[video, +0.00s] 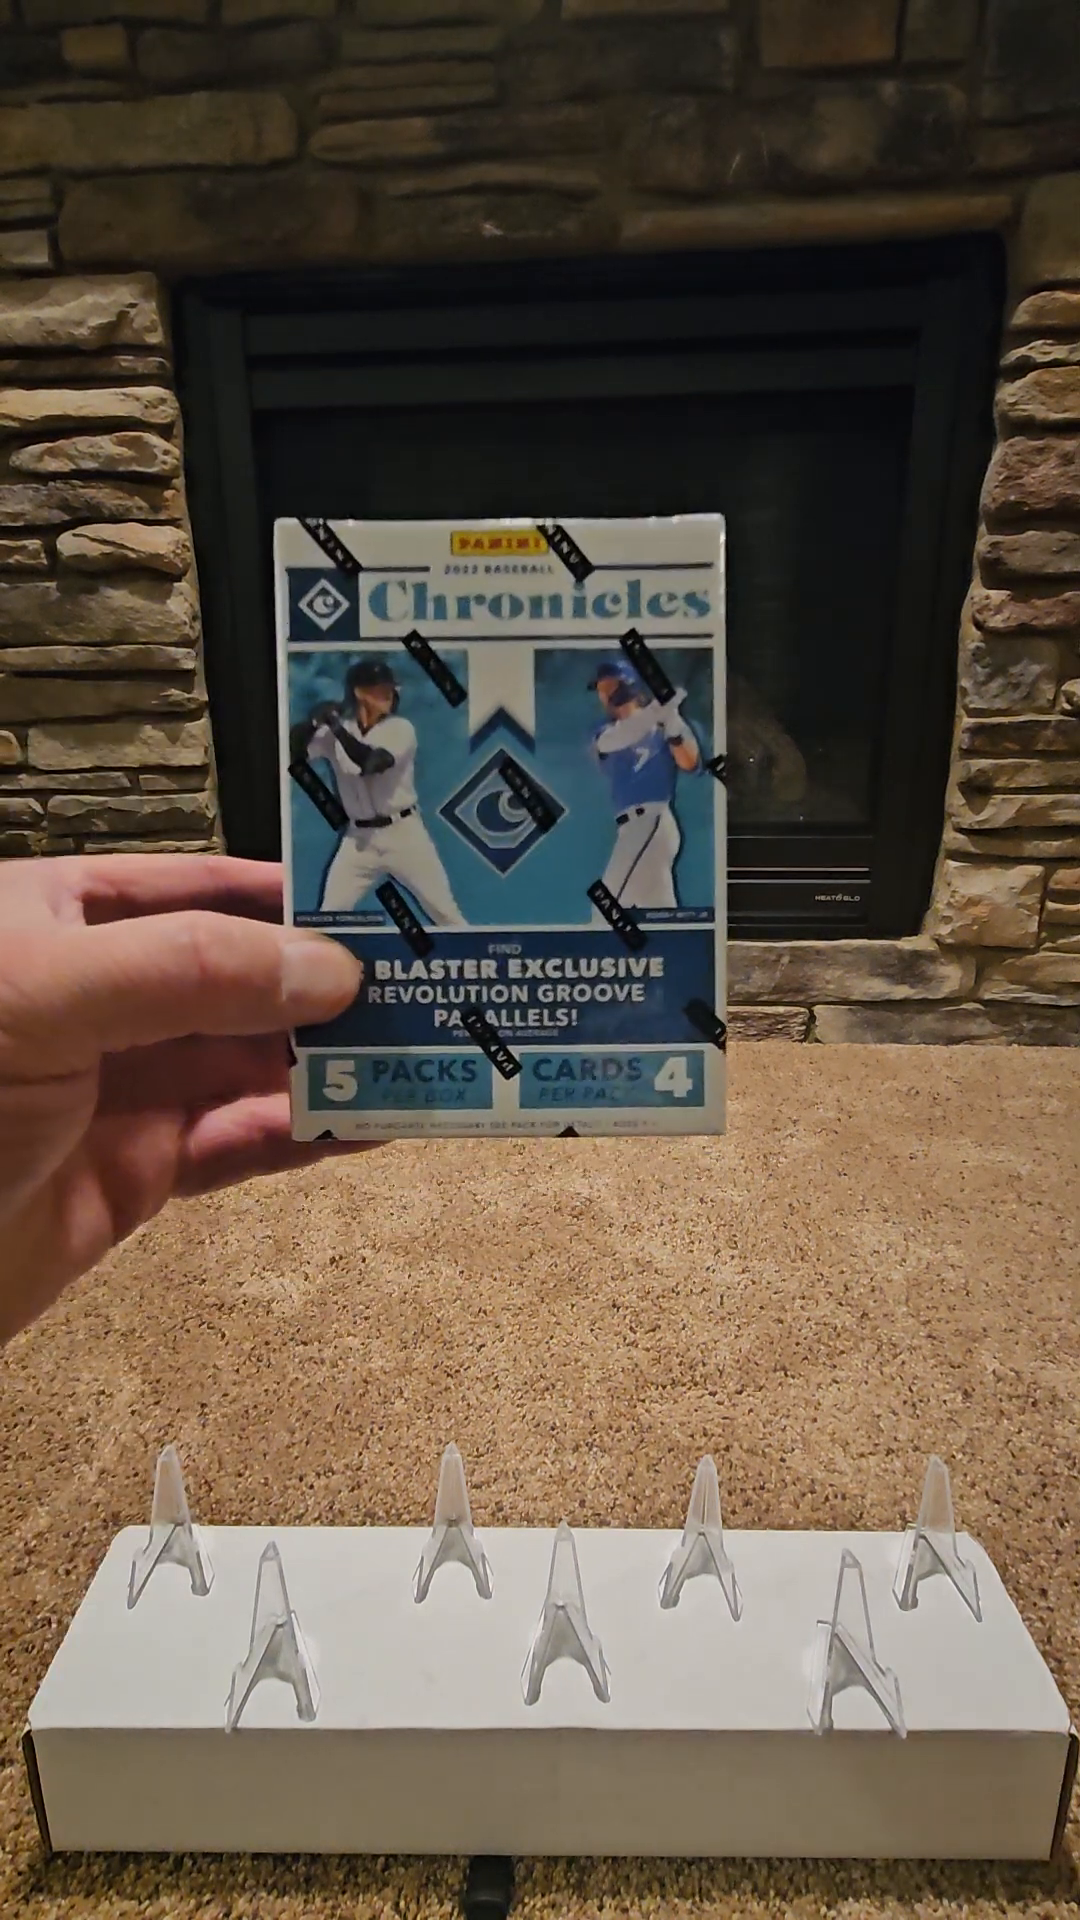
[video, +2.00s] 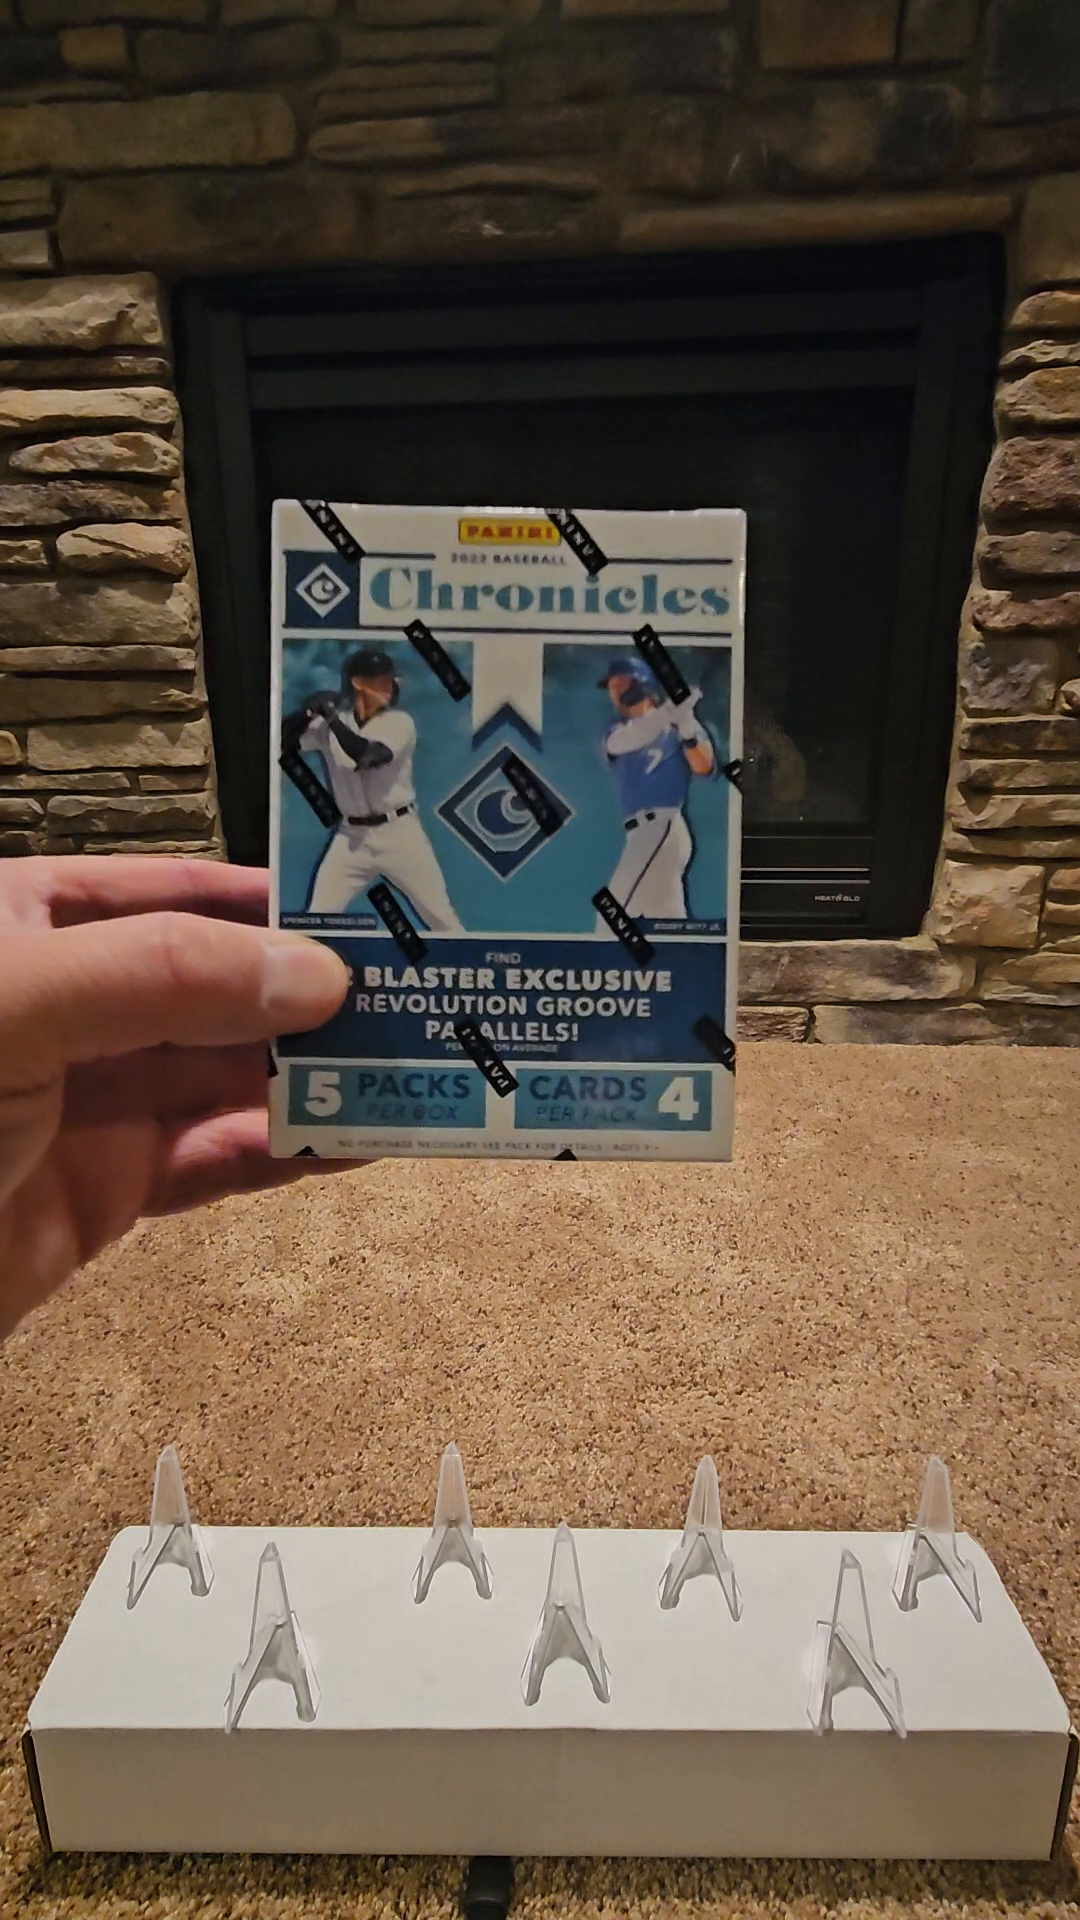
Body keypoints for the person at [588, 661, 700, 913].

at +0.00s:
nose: (602, 693)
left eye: (608, 685)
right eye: (600, 687)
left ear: (625, 685)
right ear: (599, 694)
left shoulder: (663, 721)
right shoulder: (605, 732)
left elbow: (690, 764)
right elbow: (620, 738)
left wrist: (673, 724)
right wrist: (654, 712)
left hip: (652, 823)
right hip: (632, 827)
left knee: (608, 906)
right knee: (660, 915)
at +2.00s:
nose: (614, 693)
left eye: (621, 684)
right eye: (611, 687)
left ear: (641, 685)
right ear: (609, 692)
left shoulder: (679, 723)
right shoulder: (616, 732)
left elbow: (704, 768)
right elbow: (628, 740)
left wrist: (686, 725)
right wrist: (669, 711)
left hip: (663, 830)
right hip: (641, 833)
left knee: (612, 915)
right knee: (670, 927)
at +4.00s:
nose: (607, 693)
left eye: (613, 684)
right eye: (603, 686)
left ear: (633, 686)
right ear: (600, 690)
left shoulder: (673, 721)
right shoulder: (607, 730)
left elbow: (696, 766)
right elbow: (614, 742)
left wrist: (677, 722)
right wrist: (658, 712)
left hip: (655, 829)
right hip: (633, 832)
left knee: (607, 916)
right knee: (665, 925)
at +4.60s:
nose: (614, 713)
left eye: (621, 703)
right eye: (611, 706)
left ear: (642, 703)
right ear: (607, 712)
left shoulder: (681, 741)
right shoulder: (615, 751)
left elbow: (707, 786)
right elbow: (629, 760)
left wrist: (688, 743)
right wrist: (668, 730)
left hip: (666, 851)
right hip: (642, 855)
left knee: (615, 937)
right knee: (675, 950)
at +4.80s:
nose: (610, 697)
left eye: (617, 687)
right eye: (606, 690)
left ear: (638, 688)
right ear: (603, 697)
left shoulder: (678, 727)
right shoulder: (610, 738)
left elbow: (703, 773)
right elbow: (628, 743)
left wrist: (684, 727)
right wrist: (664, 715)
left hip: (662, 838)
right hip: (638, 842)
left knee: (612, 927)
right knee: (670, 937)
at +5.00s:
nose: (604, 673)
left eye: (611, 663)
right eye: (600, 666)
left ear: (631, 664)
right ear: (596, 673)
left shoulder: (672, 702)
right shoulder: (601, 714)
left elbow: (699, 750)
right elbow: (624, 720)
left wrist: (679, 707)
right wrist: (662, 689)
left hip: (656, 816)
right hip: (632, 820)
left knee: (605, 906)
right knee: (665, 919)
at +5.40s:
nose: (616, 655)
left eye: (623, 645)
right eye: (610, 648)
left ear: (644, 647)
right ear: (605, 655)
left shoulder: (681, 685)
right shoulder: (612, 695)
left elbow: (707, 733)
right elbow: (626, 706)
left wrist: (689, 688)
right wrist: (668, 673)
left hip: (666, 801)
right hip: (641, 805)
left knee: (613, 891)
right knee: (672, 904)